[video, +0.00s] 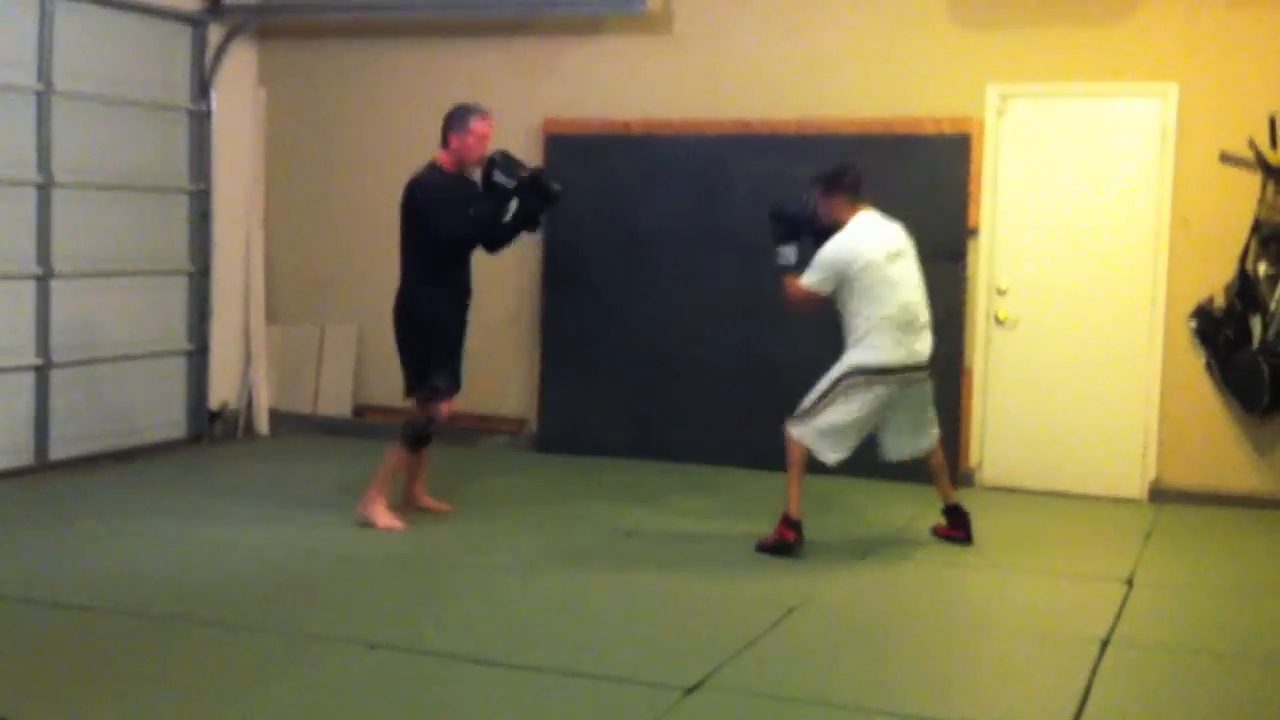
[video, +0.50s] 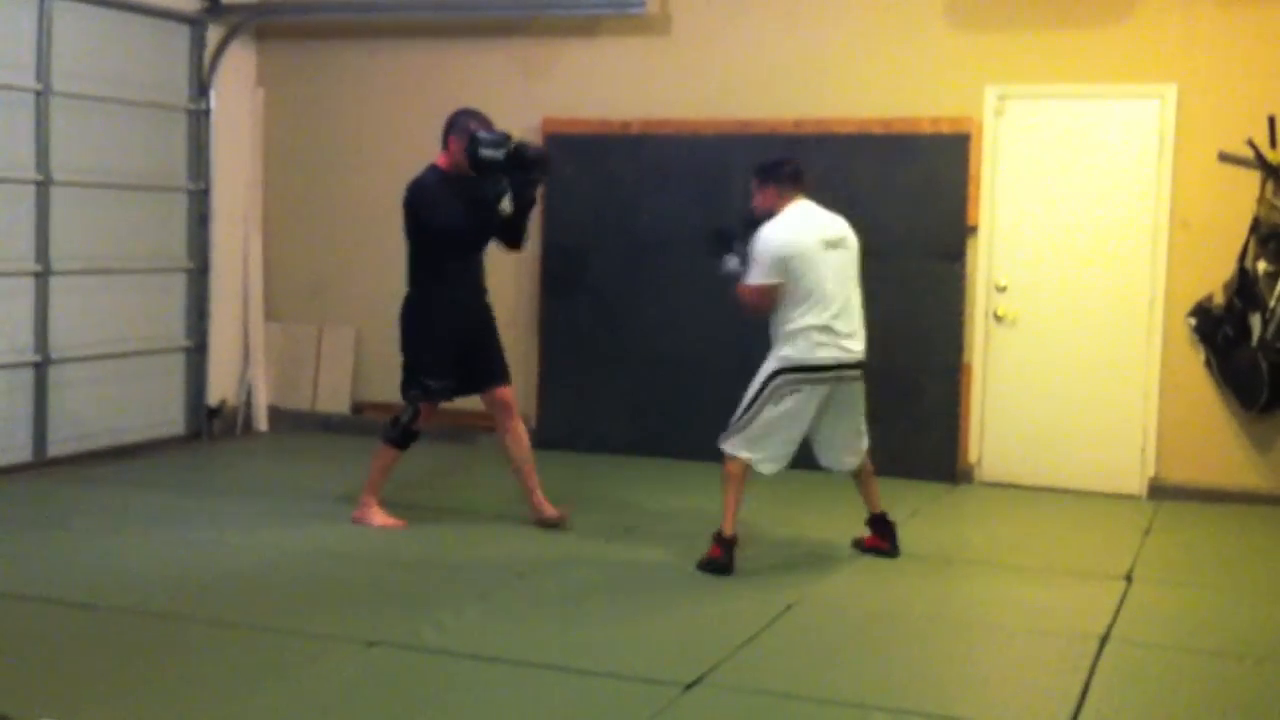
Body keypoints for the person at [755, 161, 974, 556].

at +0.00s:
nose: (820, 211)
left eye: (823, 202)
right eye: (820, 202)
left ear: (837, 200)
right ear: (855, 196)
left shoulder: (843, 244)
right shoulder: (896, 230)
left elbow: (799, 295)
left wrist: (788, 258)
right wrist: (818, 242)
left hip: (870, 362)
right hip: (915, 361)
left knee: (798, 430)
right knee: (929, 440)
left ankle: (791, 524)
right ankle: (956, 518)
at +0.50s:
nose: (754, 204)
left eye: (757, 194)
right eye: (755, 194)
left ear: (772, 191)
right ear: (797, 188)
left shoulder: (773, 234)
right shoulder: (842, 227)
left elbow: (757, 299)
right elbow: (832, 284)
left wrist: (736, 270)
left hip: (798, 360)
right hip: (849, 358)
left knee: (738, 445)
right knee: (854, 445)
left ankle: (725, 541)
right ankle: (881, 527)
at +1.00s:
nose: (721, 182)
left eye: (721, 175)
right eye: (723, 175)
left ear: (730, 171)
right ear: (769, 163)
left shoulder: (724, 213)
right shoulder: (819, 209)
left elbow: (704, 293)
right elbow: (807, 275)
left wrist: (694, 253)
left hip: (749, 349)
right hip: (808, 349)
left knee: (720, 451)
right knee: (827, 452)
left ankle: (705, 552)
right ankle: (841, 555)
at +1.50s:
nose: (732, 182)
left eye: (729, 174)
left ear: (728, 174)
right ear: (774, 175)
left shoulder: (698, 219)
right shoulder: (808, 234)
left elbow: (650, 278)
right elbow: (802, 295)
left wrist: (648, 234)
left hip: (699, 375)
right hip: (765, 378)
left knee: (664, 455)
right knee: (802, 483)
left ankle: (612, 539)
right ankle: (840, 591)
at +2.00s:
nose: (706, 175)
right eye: (709, 168)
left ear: (658, 163)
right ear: (706, 169)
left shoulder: (618, 207)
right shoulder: (728, 226)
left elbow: (581, 274)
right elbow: (734, 305)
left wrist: (632, 273)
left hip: (622, 365)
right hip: (683, 368)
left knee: (616, 469)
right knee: (708, 487)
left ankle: (593, 560)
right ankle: (681, 604)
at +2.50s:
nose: (669, 168)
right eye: (674, 161)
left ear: (621, 154)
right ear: (672, 162)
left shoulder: (576, 203)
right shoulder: (694, 218)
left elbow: (571, 278)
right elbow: (691, 304)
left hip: (568, 365)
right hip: (638, 370)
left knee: (567, 483)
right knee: (709, 492)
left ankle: (536, 586)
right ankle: (686, 607)